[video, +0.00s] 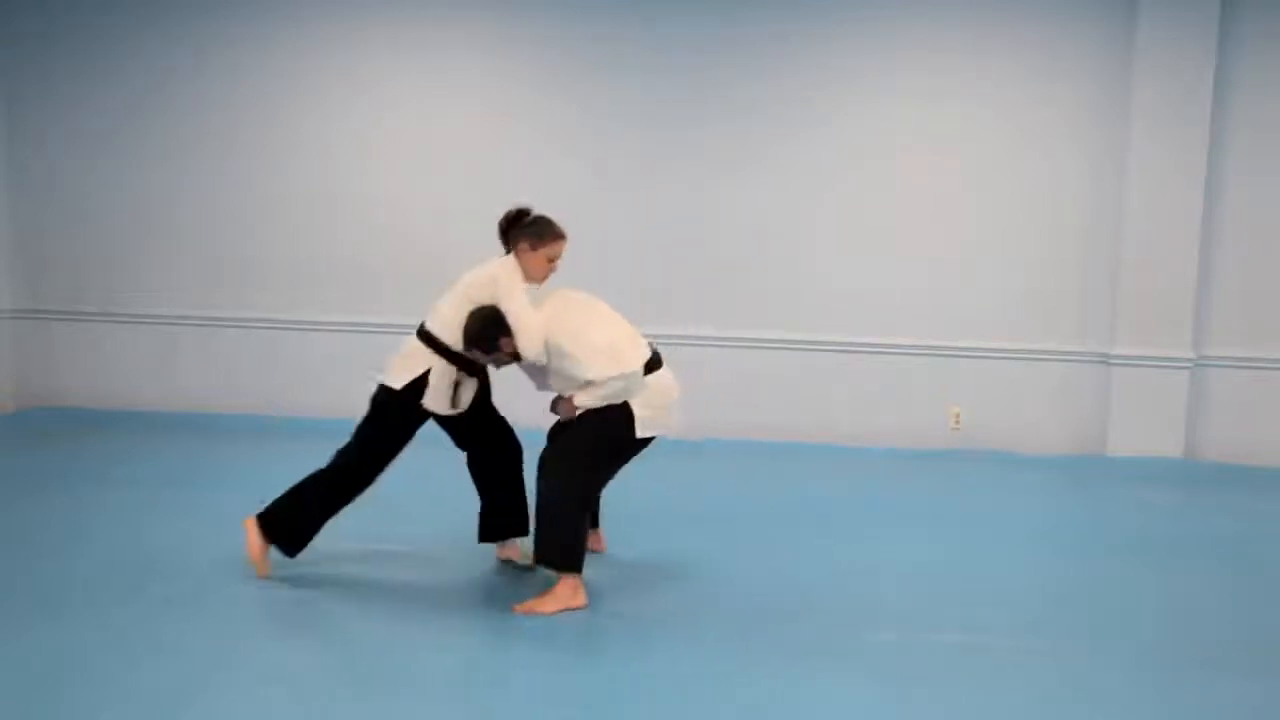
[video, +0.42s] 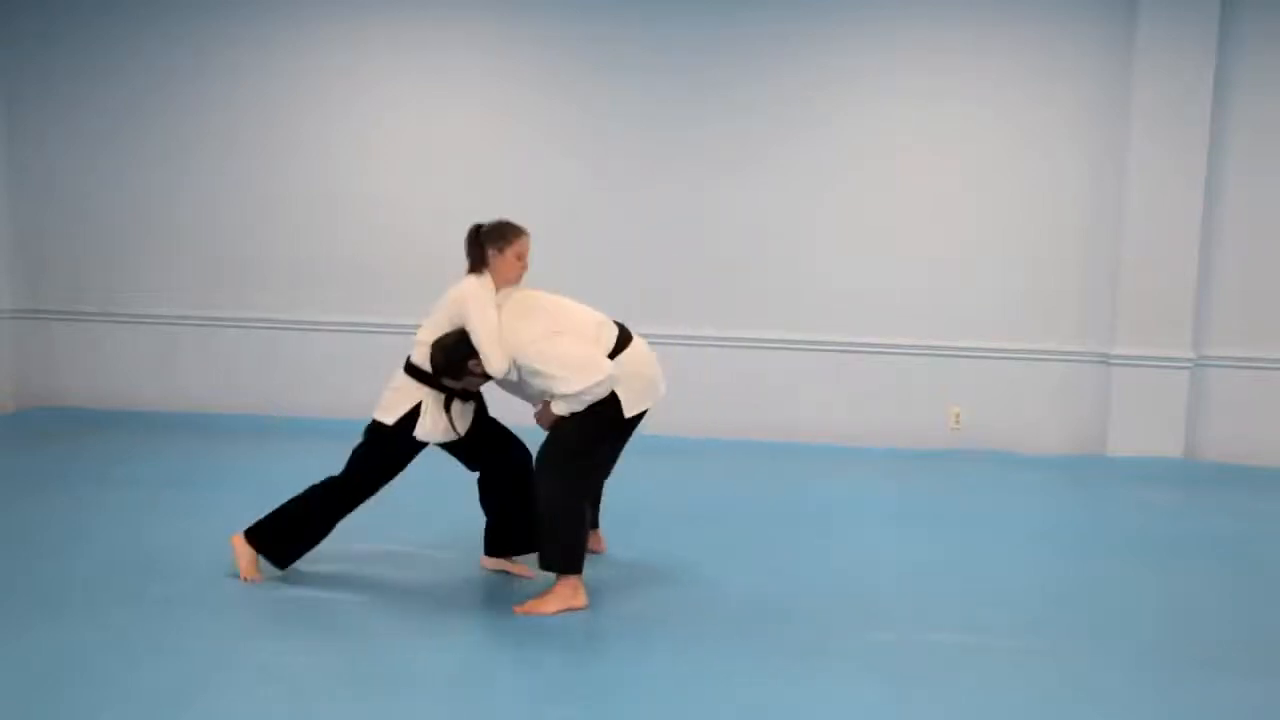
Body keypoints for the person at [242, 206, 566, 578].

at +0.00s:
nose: (555, 268)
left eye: (558, 259)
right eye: (551, 259)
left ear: (528, 252)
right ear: (524, 250)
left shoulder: (515, 279)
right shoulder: (504, 276)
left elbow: (530, 343)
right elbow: (531, 346)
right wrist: (561, 386)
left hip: (462, 383)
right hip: (420, 376)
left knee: (501, 451)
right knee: (359, 465)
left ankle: (507, 540)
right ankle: (266, 527)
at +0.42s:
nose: (525, 266)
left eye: (526, 259)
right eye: (520, 258)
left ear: (501, 258)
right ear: (493, 256)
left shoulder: (496, 295)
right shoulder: (474, 291)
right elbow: (497, 364)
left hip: (454, 404)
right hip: (416, 400)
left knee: (510, 458)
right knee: (355, 485)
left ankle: (501, 552)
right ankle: (253, 541)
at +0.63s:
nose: (522, 214)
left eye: (524, 204)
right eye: (516, 204)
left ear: (498, 203)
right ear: (488, 200)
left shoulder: (501, 242)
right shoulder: (473, 236)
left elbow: (516, 316)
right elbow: (511, 311)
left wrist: (549, 364)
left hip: (469, 357)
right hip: (440, 358)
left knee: (491, 445)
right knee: (485, 442)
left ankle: (497, 549)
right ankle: (424, 493)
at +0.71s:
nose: (534, 218)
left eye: (535, 209)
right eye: (528, 209)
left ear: (505, 205)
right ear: (502, 204)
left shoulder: (495, 239)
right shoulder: (489, 239)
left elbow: (512, 308)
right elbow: (513, 310)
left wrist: (545, 358)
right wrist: (550, 355)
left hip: (450, 347)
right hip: (440, 348)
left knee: (477, 442)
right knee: (526, 384)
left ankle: (491, 549)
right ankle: (495, 465)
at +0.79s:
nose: (548, 234)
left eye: (551, 225)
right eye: (545, 224)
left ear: (522, 216)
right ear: (520, 216)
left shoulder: (505, 245)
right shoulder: (502, 249)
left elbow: (516, 317)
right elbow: (516, 323)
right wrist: (546, 358)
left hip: (447, 351)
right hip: (438, 354)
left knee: (482, 447)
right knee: (531, 380)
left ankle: (492, 552)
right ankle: (481, 456)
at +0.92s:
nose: (566, 263)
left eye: (569, 254)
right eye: (564, 253)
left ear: (542, 242)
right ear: (542, 242)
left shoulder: (513, 264)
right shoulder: (516, 270)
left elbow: (519, 336)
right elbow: (521, 343)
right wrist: (552, 382)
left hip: (427, 368)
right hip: (427, 371)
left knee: (478, 450)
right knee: (479, 450)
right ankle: (493, 553)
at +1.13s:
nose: (562, 306)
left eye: (565, 298)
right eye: (559, 297)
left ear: (537, 287)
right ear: (538, 288)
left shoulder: (514, 308)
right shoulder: (511, 311)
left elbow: (516, 380)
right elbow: (522, 387)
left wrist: (560, 407)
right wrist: (556, 410)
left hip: (439, 405)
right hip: (407, 399)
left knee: (494, 457)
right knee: (340, 479)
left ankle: (494, 550)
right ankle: (233, 544)